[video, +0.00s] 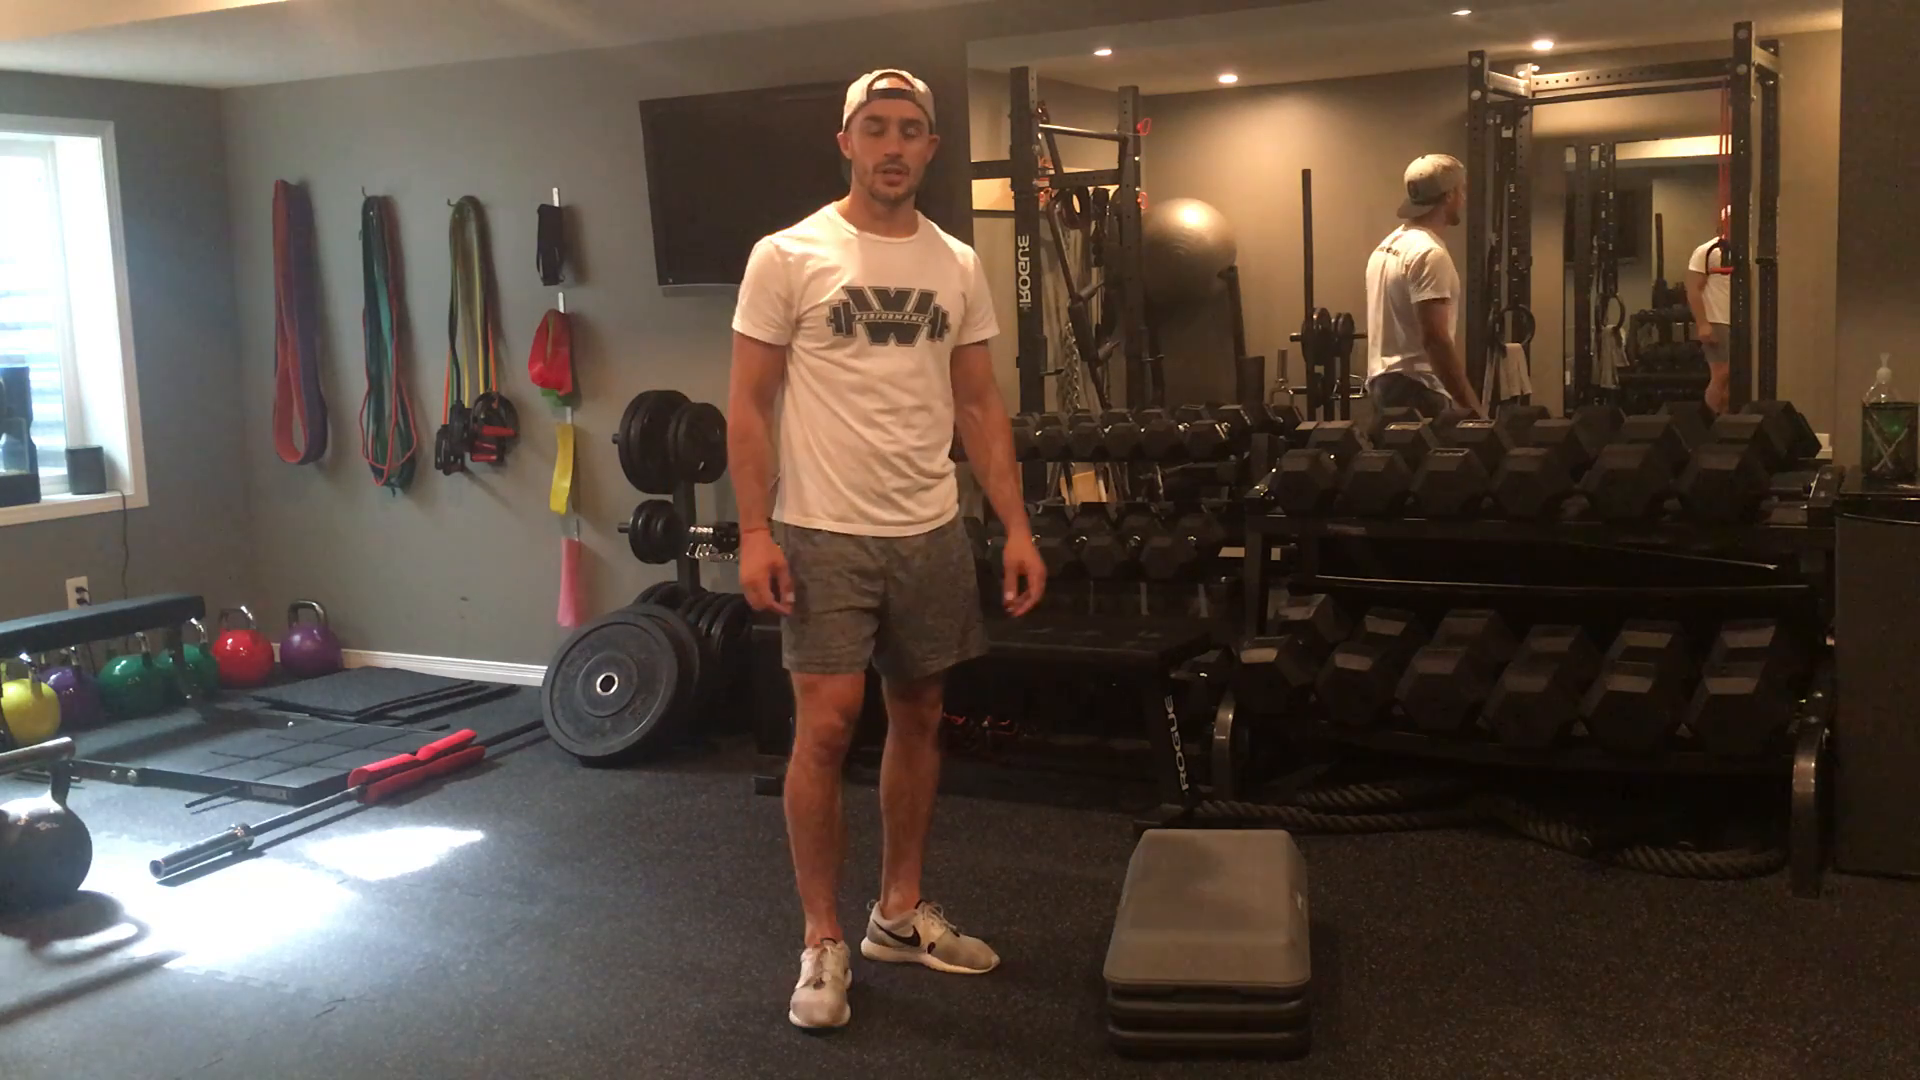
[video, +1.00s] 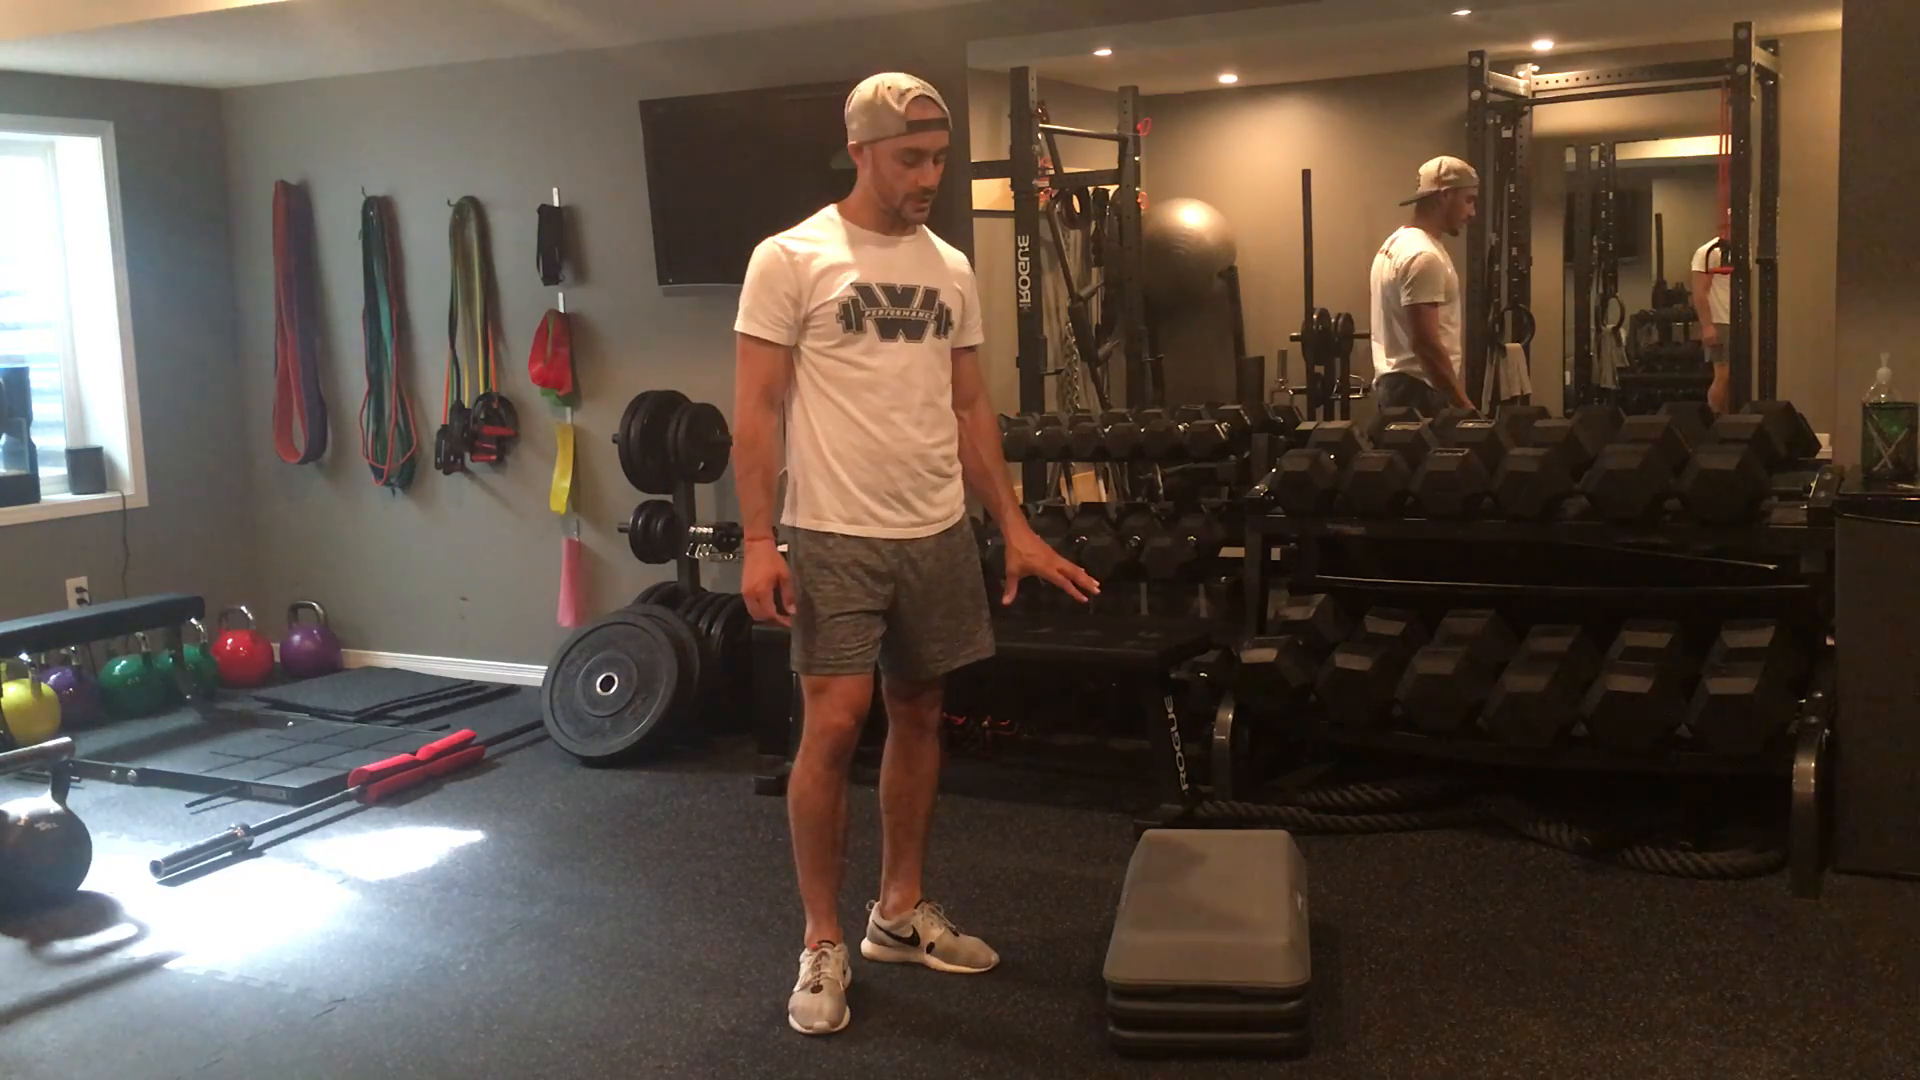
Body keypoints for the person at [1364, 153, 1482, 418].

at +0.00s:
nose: (1464, 199)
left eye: (1463, 191)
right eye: (1462, 191)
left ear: (1417, 195)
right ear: (1449, 196)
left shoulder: (1385, 248)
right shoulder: (1428, 253)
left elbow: (1384, 329)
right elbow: (1436, 340)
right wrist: (1473, 408)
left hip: (1383, 388)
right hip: (1417, 392)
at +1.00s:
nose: (1472, 213)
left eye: (1473, 203)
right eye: (1468, 201)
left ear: (1441, 196)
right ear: (1444, 196)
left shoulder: (1394, 244)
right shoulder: (1423, 255)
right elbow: (1426, 343)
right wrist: (1462, 403)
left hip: (1393, 386)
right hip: (1418, 392)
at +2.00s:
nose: (1464, 196)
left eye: (1463, 188)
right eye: (1462, 188)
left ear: (1418, 197)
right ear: (1451, 193)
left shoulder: (1388, 253)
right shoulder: (1441, 250)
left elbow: (1386, 333)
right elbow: (1451, 338)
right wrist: (1483, 400)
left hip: (1391, 388)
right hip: (1431, 391)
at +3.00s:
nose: (1469, 202)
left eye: (1469, 193)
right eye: (1468, 193)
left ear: (1425, 195)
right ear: (1453, 193)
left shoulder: (1399, 245)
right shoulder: (1429, 253)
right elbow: (1430, 339)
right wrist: (1462, 405)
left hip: (1393, 386)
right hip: (1419, 391)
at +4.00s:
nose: (1507, 211)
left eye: (1509, 201)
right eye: (1497, 202)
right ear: (1468, 204)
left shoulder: (1499, 252)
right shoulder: (1423, 255)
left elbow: (1482, 323)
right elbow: (1368, 311)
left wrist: (1499, 371)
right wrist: (1406, 370)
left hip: (1469, 404)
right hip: (1426, 403)